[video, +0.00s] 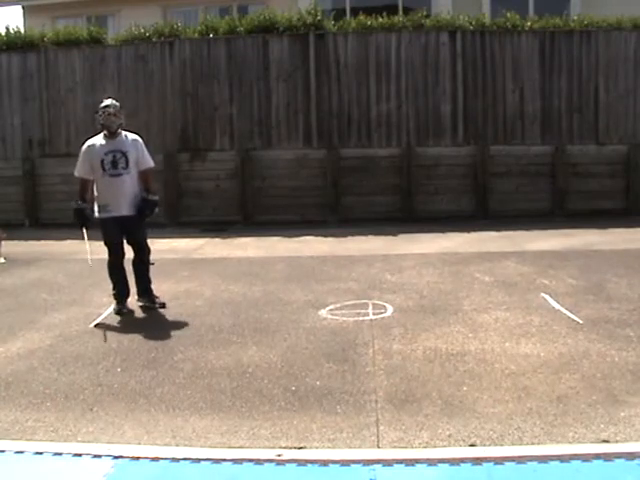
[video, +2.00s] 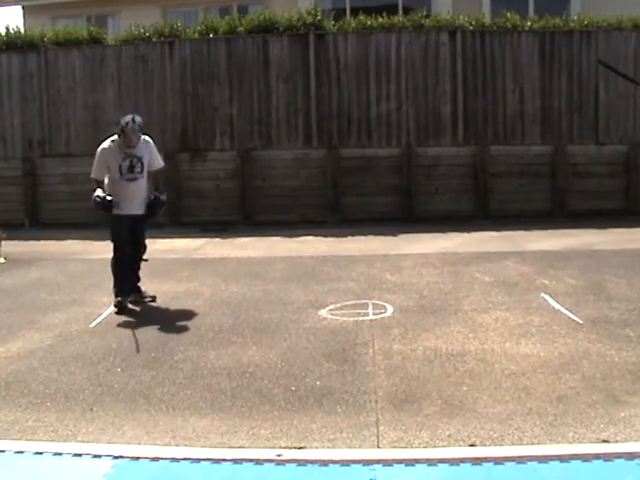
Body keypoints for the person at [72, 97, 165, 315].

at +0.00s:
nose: (110, 119)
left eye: (114, 114)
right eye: (106, 115)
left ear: (121, 117)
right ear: (99, 118)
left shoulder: (134, 142)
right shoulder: (90, 148)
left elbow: (146, 171)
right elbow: (85, 180)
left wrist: (150, 195)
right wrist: (82, 207)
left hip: (133, 210)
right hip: (107, 212)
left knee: (142, 252)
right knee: (115, 257)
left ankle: (146, 293)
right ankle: (120, 298)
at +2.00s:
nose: (132, 142)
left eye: (136, 137)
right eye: (129, 138)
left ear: (140, 134)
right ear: (120, 134)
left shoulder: (146, 144)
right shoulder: (107, 148)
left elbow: (153, 172)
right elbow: (98, 179)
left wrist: (156, 194)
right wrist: (100, 194)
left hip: (140, 209)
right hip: (118, 209)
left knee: (137, 250)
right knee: (121, 252)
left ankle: (134, 288)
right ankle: (121, 294)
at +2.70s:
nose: (139, 125)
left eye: (139, 121)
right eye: (135, 121)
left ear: (140, 122)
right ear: (123, 122)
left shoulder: (143, 144)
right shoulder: (111, 147)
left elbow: (153, 169)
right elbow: (113, 178)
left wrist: (161, 181)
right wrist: (132, 191)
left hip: (140, 206)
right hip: (122, 207)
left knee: (138, 248)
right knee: (129, 249)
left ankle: (135, 289)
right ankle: (129, 295)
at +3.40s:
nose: (133, 127)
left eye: (136, 123)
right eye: (129, 122)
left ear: (139, 123)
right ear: (118, 122)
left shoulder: (135, 142)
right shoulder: (106, 146)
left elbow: (154, 157)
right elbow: (120, 175)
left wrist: (174, 156)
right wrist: (148, 173)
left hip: (140, 209)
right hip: (121, 212)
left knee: (144, 248)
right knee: (130, 254)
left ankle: (136, 288)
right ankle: (131, 300)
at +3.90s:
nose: (148, 121)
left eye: (148, 116)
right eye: (144, 116)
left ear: (140, 118)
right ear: (132, 117)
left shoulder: (142, 142)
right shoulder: (119, 145)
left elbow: (149, 170)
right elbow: (118, 177)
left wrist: (167, 180)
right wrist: (138, 197)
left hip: (147, 207)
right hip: (129, 210)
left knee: (152, 250)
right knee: (137, 252)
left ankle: (151, 293)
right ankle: (131, 299)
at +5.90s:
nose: (169, 119)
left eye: (169, 114)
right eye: (165, 114)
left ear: (155, 118)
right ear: (155, 117)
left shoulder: (159, 140)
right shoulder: (139, 144)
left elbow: (157, 170)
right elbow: (130, 175)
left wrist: (169, 192)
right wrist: (148, 194)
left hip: (166, 209)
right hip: (151, 212)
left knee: (162, 252)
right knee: (157, 252)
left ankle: (156, 296)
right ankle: (148, 300)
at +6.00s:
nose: (169, 119)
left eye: (169, 114)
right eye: (166, 115)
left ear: (153, 118)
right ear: (157, 117)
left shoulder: (159, 140)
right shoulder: (139, 144)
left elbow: (160, 168)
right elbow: (131, 173)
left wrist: (169, 185)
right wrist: (149, 190)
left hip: (165, 208)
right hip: (151, 210)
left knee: (162, 252)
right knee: (157, 252)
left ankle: (156, 296)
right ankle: (149, 300)